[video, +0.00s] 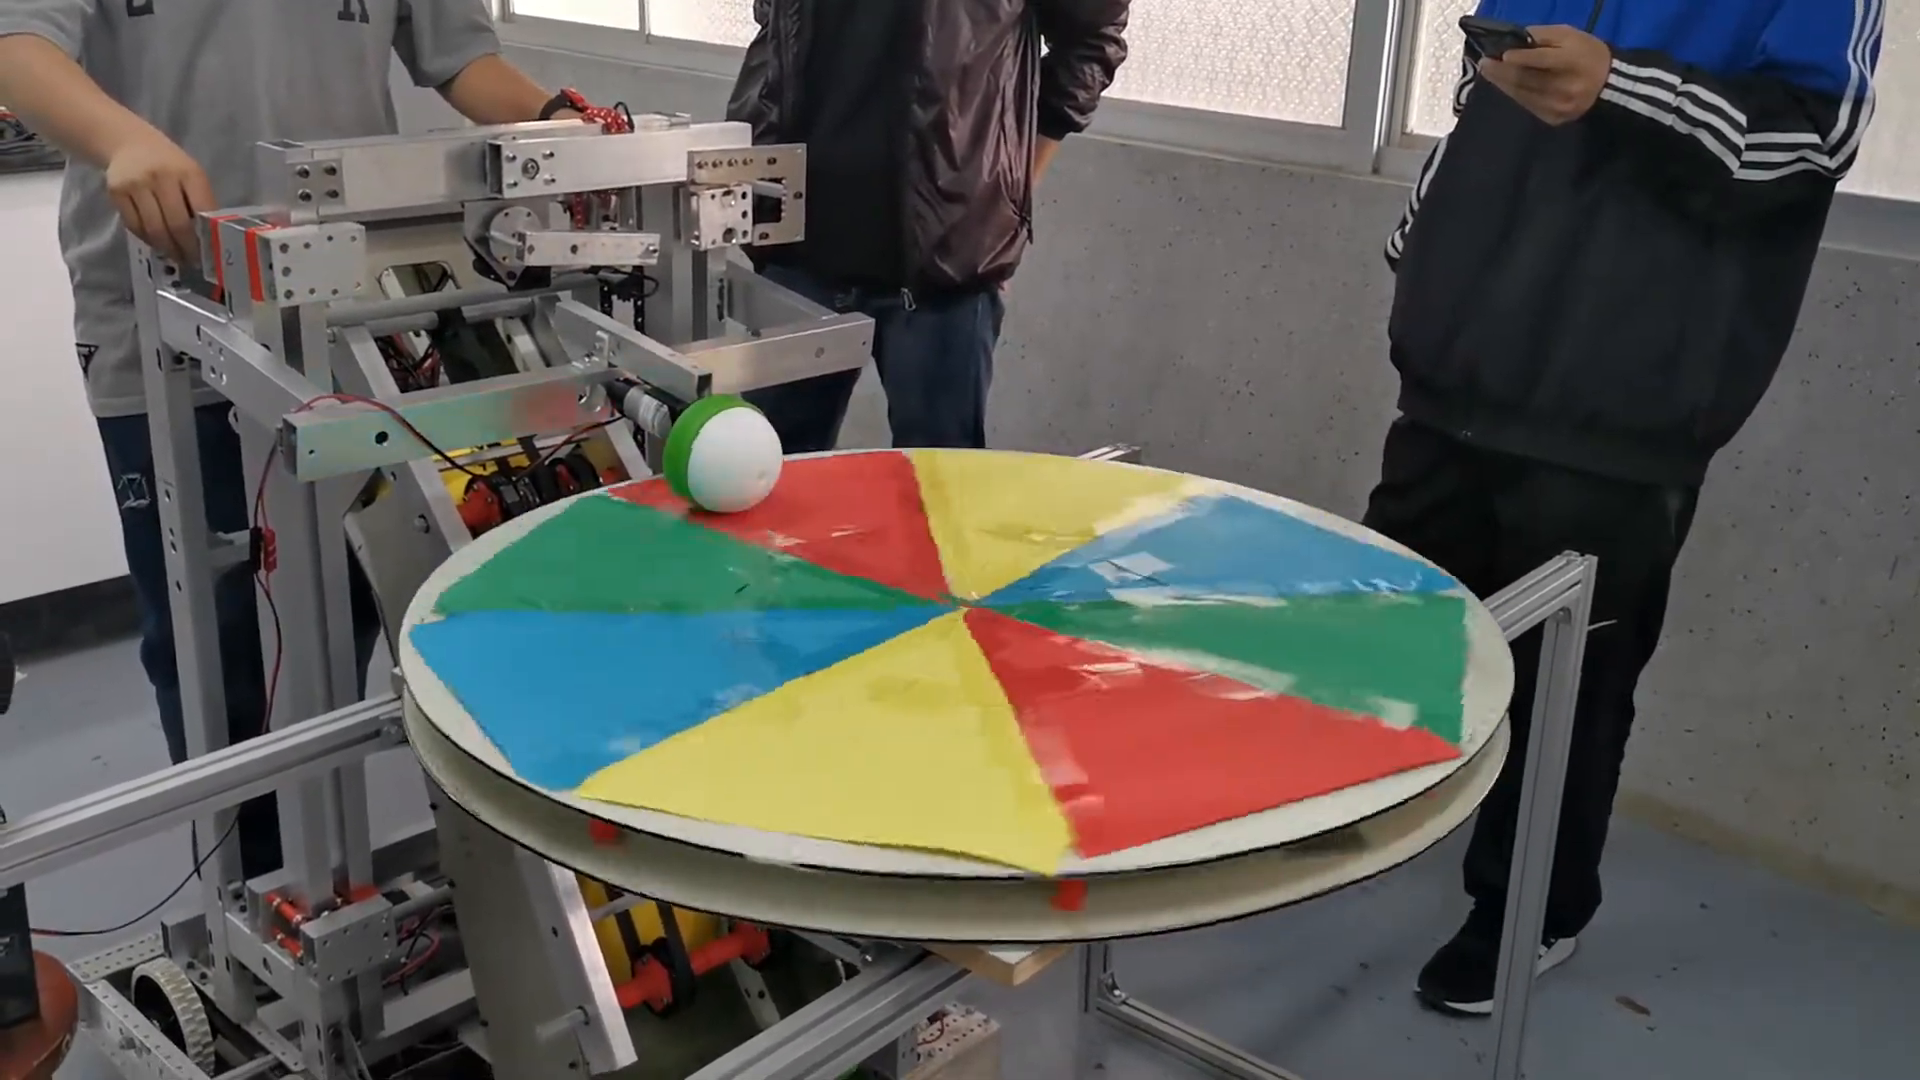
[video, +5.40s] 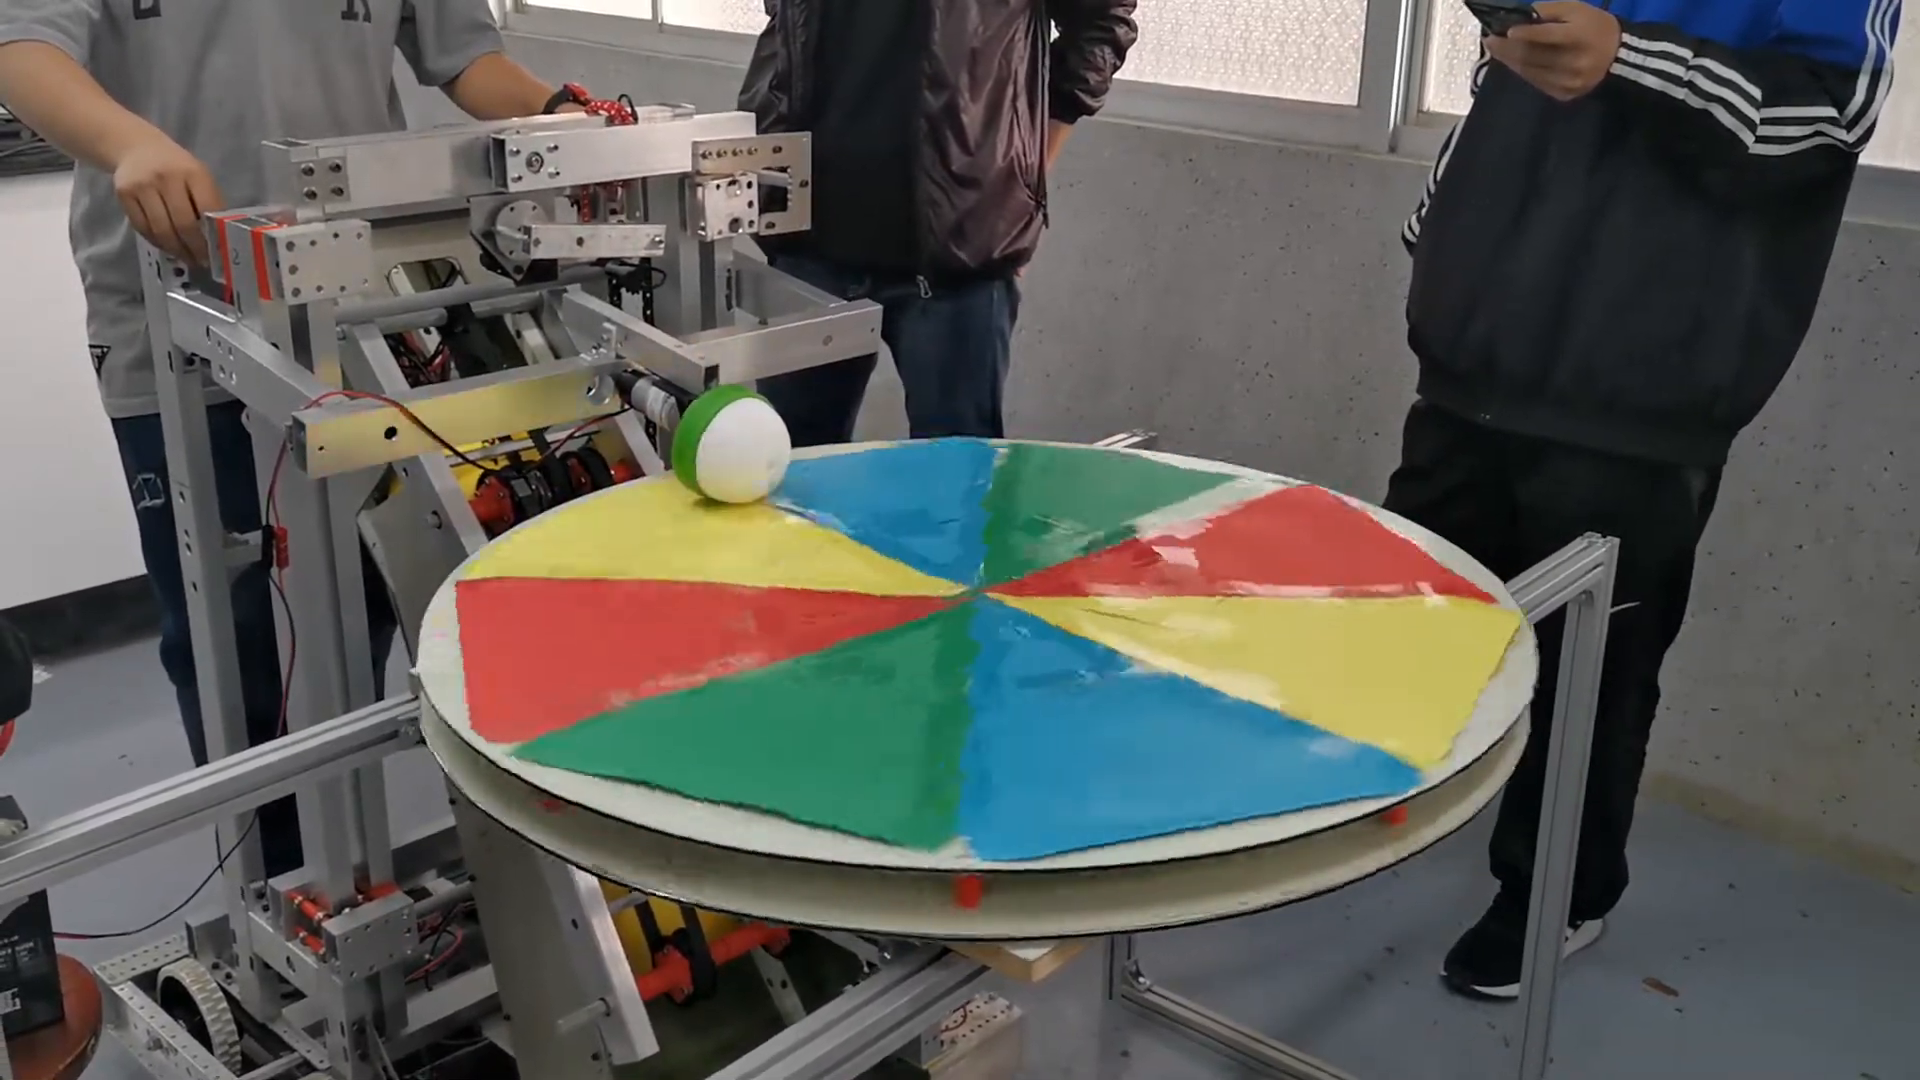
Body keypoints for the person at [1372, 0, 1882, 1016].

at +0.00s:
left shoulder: (1819, 6)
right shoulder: (1537, 5)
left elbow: (1812, 141)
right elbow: (1487, 93)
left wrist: (1613, 86)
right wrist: (1415, 243)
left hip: (1638, 375)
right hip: (1472, 330)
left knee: (1571, 667)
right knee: (1398, 615)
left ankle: (1528, 910)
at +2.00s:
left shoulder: (1815, 9)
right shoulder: (1544, 3)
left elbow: (1806, 130)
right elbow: (1488, 89)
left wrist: (1606, 74)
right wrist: (1417, 243)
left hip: (1637, 368)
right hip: (1474, 322)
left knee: (1575, 660)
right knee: (1402, 608)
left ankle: (1537, 901)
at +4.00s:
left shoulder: (1825, 9)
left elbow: (1814, 127)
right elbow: (1501, 60)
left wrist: (1613, 65)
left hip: (1649, 359)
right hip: (1485, 311)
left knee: (1585, 655)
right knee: (1408, 599)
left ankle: (1548, 896)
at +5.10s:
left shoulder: (1830, 8)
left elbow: (1818, 121)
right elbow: (1507, 50)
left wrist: (1617, 57)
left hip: (1653, 350)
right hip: (1489, 303)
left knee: (1589, 649)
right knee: (1415, 597)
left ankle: (1555, 890)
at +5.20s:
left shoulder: (1830, 9)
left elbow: (1821, 120)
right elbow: (1509, 36)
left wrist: (1618, 56)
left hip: (1655, 352)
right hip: (1489, 304)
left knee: (1590, 650)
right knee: (1415, 596)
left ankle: (1555, 891)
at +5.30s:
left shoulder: (1834, 9)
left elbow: (1819, 122)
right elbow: (1510, 42)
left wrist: (1620, 56)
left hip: (1657, 352)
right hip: (1491, 304)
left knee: (1593, 649)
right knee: (1414, 599)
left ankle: (1557, 891)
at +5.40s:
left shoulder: (1834, 10)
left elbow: (1825, 120)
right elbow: (1511, 49)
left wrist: (1622, 55)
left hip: (1656, 352)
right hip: (1491, 304)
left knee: (1593, 649)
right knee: (1416, 600)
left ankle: (1556, 891)